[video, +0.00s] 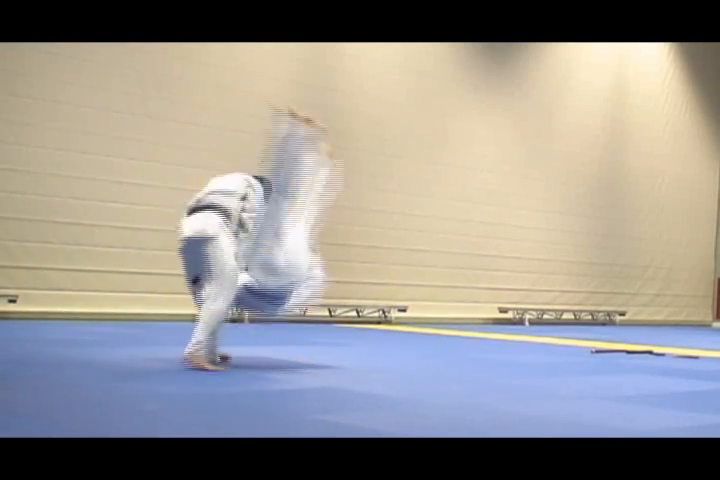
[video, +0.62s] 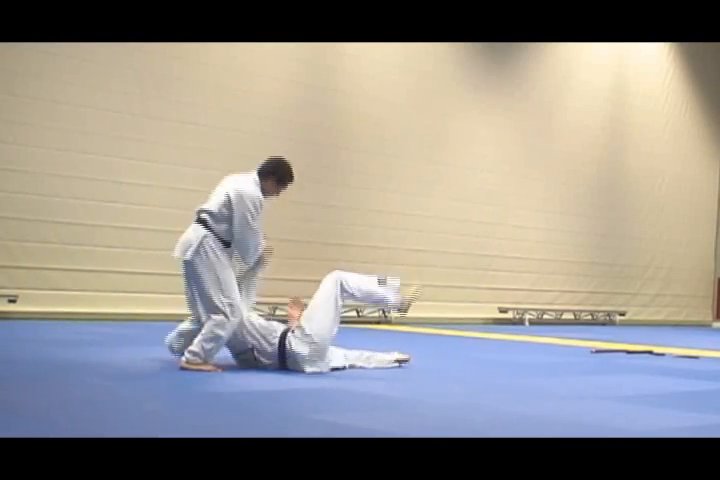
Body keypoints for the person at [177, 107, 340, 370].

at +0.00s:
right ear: (262, 187)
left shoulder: (220, 184)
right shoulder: (257, 186)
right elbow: (250, 227)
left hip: (189, 226)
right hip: (212, 226)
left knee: (207, 289)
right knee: (225, 286)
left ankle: (208, 352)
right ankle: (196, 350)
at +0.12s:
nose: (271, 224)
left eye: (275, 220)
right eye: (273, 217)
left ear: (260, 203)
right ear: (266, 207)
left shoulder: (239, 204)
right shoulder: (247, 210)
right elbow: (240, 238)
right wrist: (242, 257)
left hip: (176, 244)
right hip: (189, 244)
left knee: (198, 304)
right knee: (221, 303)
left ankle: (196, 352)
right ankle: (192, 356)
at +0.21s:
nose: (269, 245)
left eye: (273, 243)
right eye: (272, 240)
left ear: (265, 228)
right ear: (266, 229)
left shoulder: (244, 233)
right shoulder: (239, 228)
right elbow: (212, 255)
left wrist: (223, 273)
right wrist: (217, 275)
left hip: (175, 251)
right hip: (179, 252)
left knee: (195, 305)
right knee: (217, 304)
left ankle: (199, 353)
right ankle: (192, 358)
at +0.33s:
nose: (271, 246)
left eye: (275, 244)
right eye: (274, 241)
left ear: (267, 229)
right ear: (269, 230)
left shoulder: (245, 230)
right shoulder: (244, 230)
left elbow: (231, 282)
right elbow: (220, 264)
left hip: (175, 250)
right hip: (181, 251)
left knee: (194, 307)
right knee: (220, 303)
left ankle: (196, 354)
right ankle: (193, 358)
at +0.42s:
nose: (275, 234)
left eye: (279, 230)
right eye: (278, 227)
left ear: (270, 215)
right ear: (272, 218)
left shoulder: (248, 216)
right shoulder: (249, 220)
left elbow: (230, 267)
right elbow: (230, 261)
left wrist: (241, 301)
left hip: (178, 247)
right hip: (186, 248)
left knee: (192, 307)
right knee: (225, 305)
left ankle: (197, 353)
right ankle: (194, 357)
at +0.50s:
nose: (280, 215)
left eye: (283, 210)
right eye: (282, 209)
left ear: (267, 193)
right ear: (275, 201)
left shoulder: (246, 200)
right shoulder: (254, 210)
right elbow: (235, 255)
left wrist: (239, 297)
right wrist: (230, 286)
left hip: (182, 243)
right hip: (195, 247)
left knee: (192, 306)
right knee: (229, 306)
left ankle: (192, 354)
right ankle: (195, 357)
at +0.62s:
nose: (278, 192)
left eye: (282, 188)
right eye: (279, 186)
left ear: (266, 174)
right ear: (270, 177)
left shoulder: (241, 182)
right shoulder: (249, 193)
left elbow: (243, 230)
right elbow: (246, 239)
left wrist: (255, 250)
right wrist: (256, 256)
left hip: (195, 240)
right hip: (206, 245)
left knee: (207, 308)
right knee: (229, 312)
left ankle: (178, 343)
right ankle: (195, 358)